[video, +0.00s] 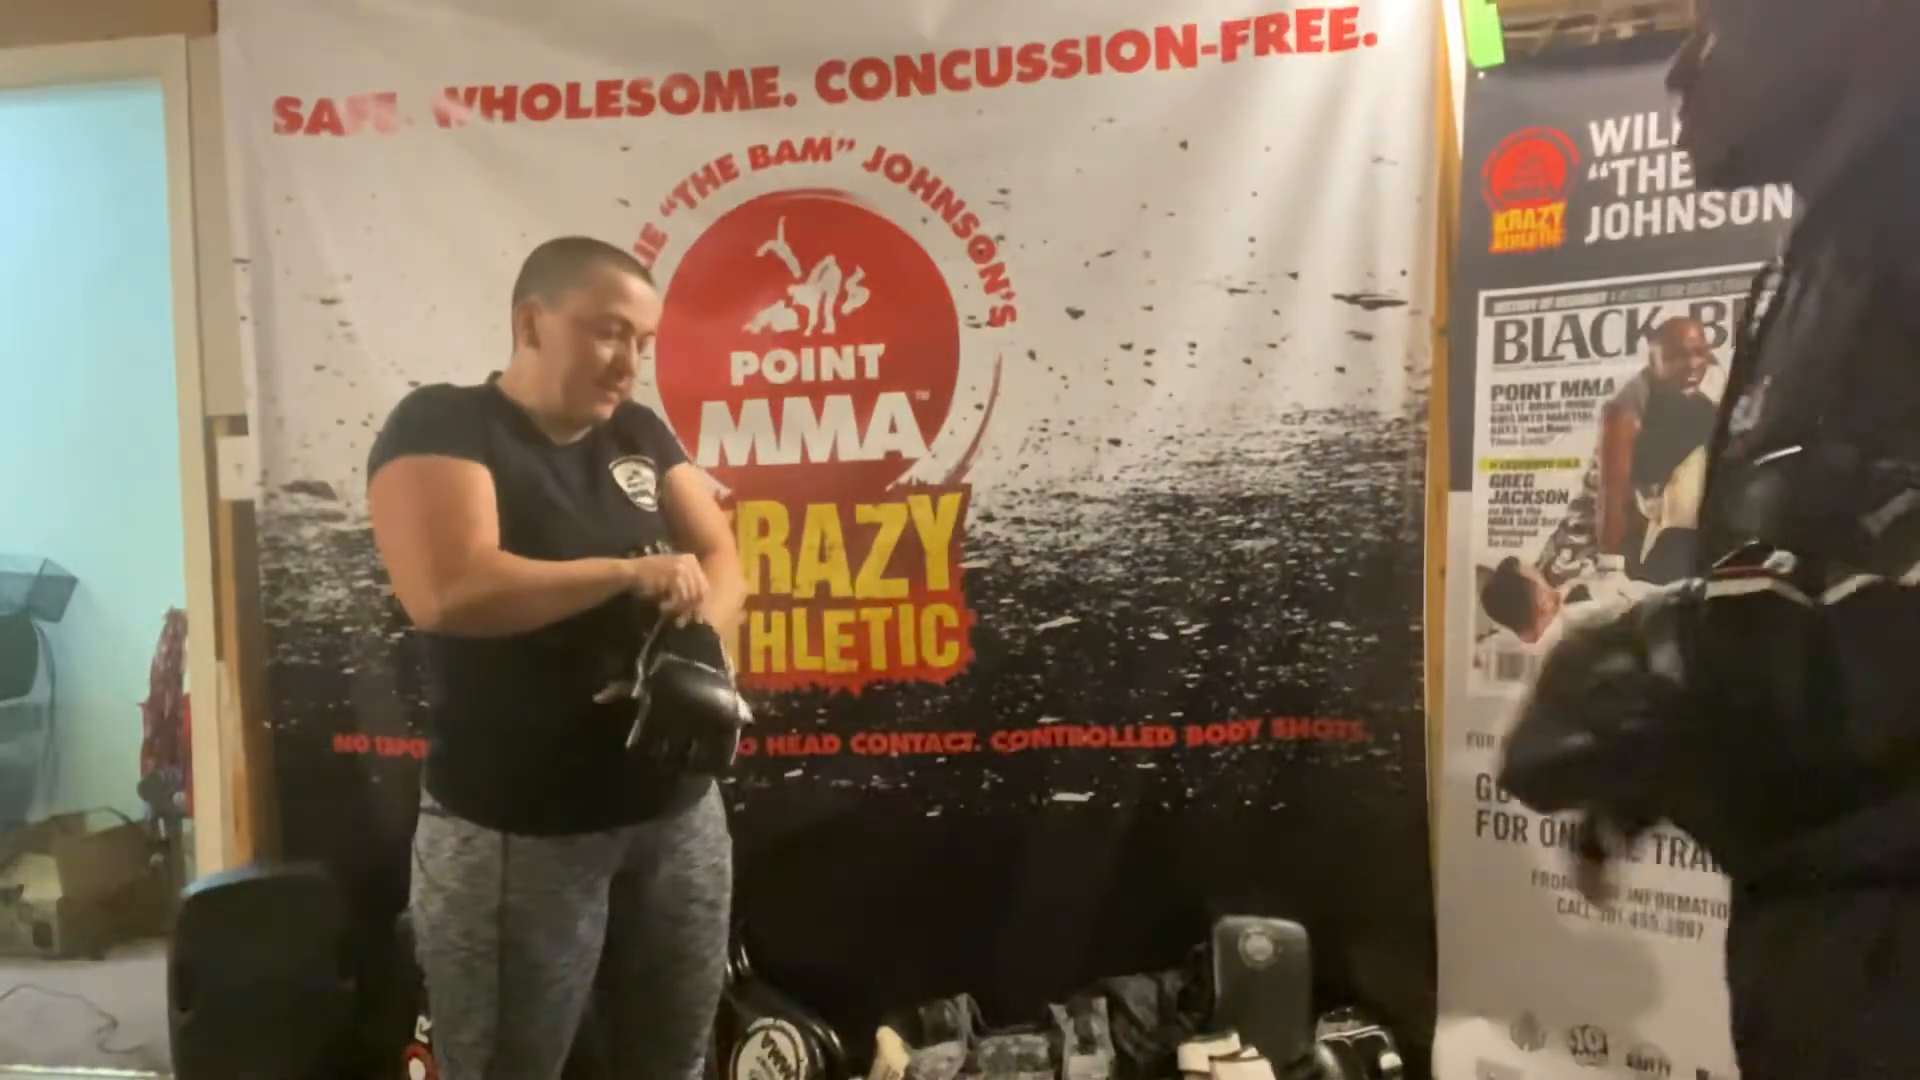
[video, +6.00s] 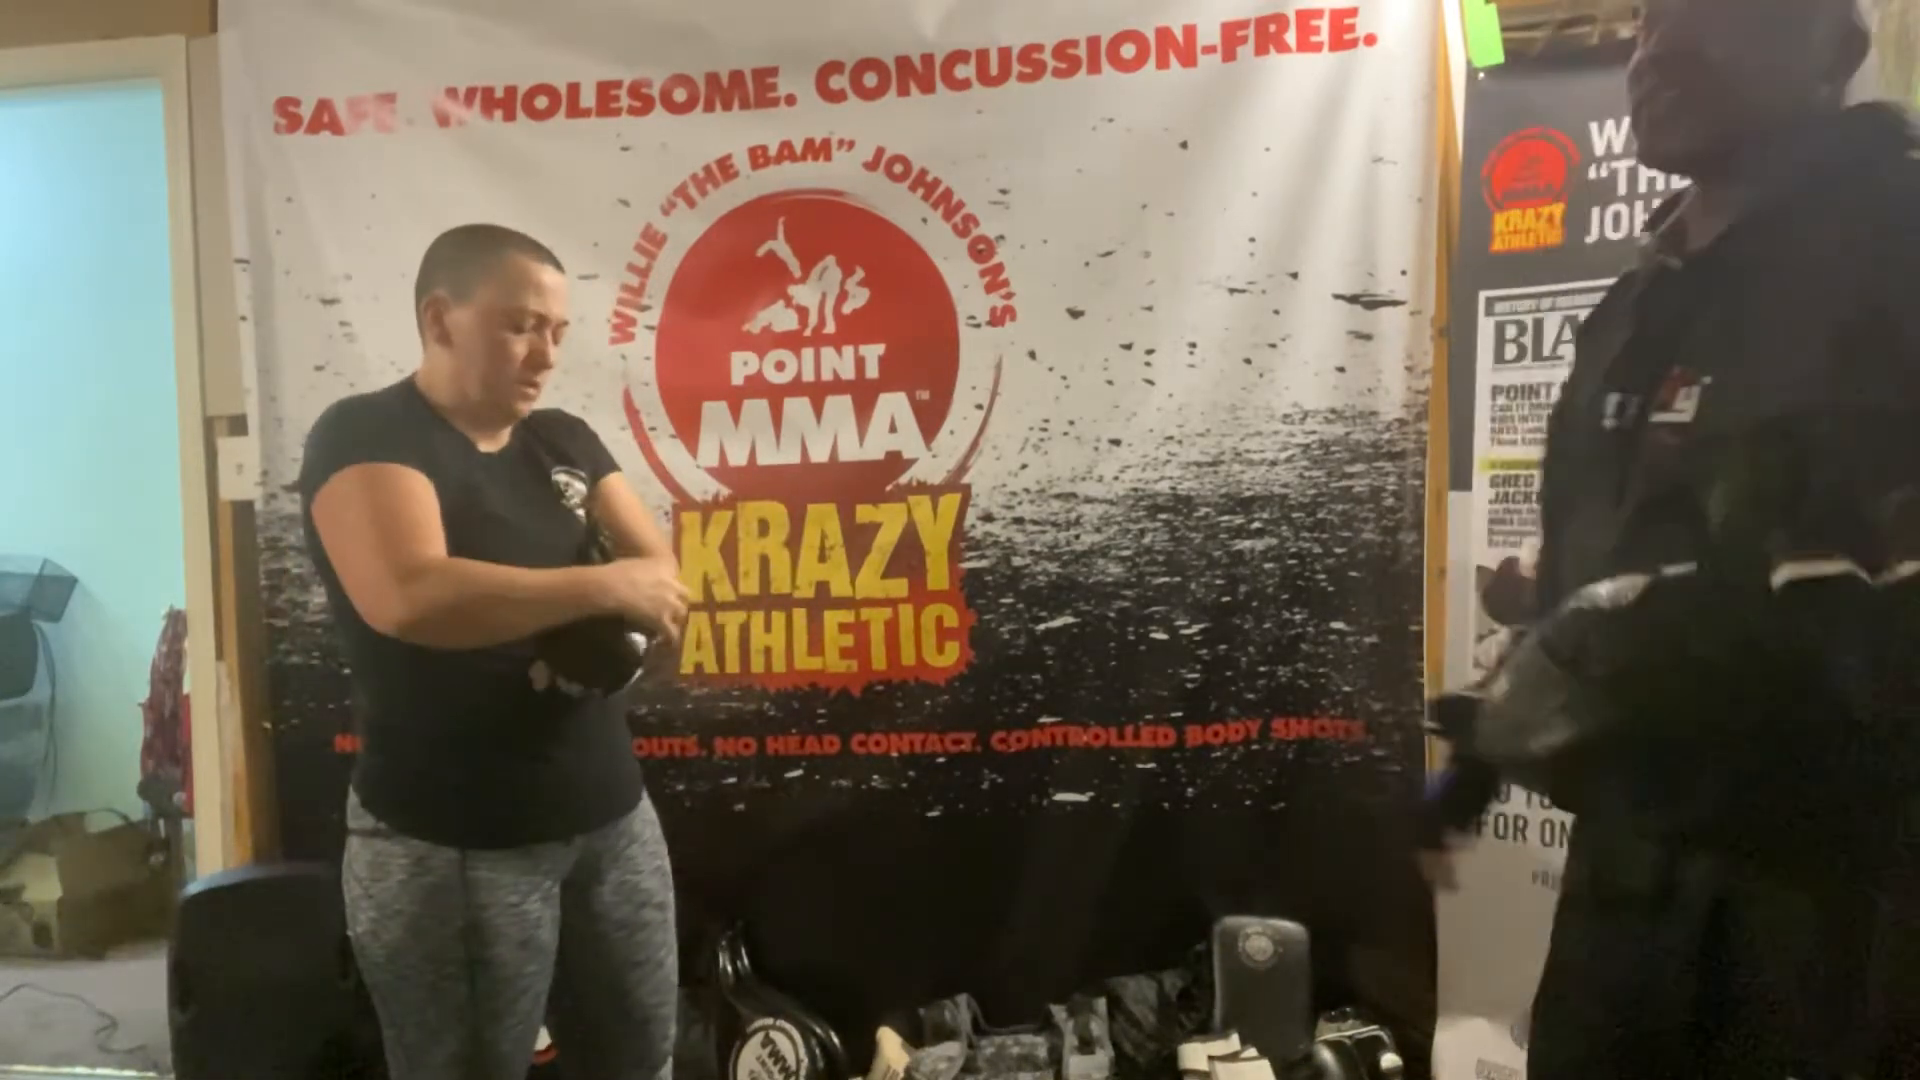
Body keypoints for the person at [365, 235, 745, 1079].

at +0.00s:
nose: (632, 362)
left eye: (642, 342)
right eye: (613, 334)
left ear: (647, 346)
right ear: (531, 322)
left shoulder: (640, 435)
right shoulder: (437, 426)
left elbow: (721, 553)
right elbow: (447, 590)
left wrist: (701, 631)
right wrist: (627, 572)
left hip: (675, 824)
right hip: (511, 838)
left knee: (665, 1066)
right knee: (502, 1068)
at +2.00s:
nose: (606, 349)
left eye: (617, 327)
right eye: (578, 323)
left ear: (626, 331)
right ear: (503, 326)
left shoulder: (647, 445)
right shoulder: (431, 441)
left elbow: (724, 586)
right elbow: (425, 621)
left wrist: (727, 587)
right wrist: (611, 594)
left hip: (670, 828)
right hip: (504, 843)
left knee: (662, 1065)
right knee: (498, 1069)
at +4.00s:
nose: (599, 339)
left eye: (606, 319)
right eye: (572, 312)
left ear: (613, 328)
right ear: (491, 319)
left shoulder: (628, 444)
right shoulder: (424, 436)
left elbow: (700, 581)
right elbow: (412, 626)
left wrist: (727, 549)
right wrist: (600, 627)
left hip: (664, 828)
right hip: (499, 846)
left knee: (658, 1065)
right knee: (496, 1068)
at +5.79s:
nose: (546, 351)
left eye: (557, 329)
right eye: (524, 323)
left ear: (564, 331)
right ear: (439, 314)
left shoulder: (560, 439)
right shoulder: (364, 437)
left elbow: (661, 568)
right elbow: (413, 597)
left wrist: (621, 625)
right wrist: (611, 580)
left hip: (609, 828)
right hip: (448, 852)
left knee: (635, 1065)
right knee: (467, 1067)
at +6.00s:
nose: (545, 353)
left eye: (555, 331)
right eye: (523, 325)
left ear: (563, 334)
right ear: (440, 316)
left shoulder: (561, 440)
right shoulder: (363, 436)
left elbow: (656, 562)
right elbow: (405, 594)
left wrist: (616, 628)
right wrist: (607, 586)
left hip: (609, 826)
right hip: (449, 851)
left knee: (636, 1064)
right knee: (467, 1067)